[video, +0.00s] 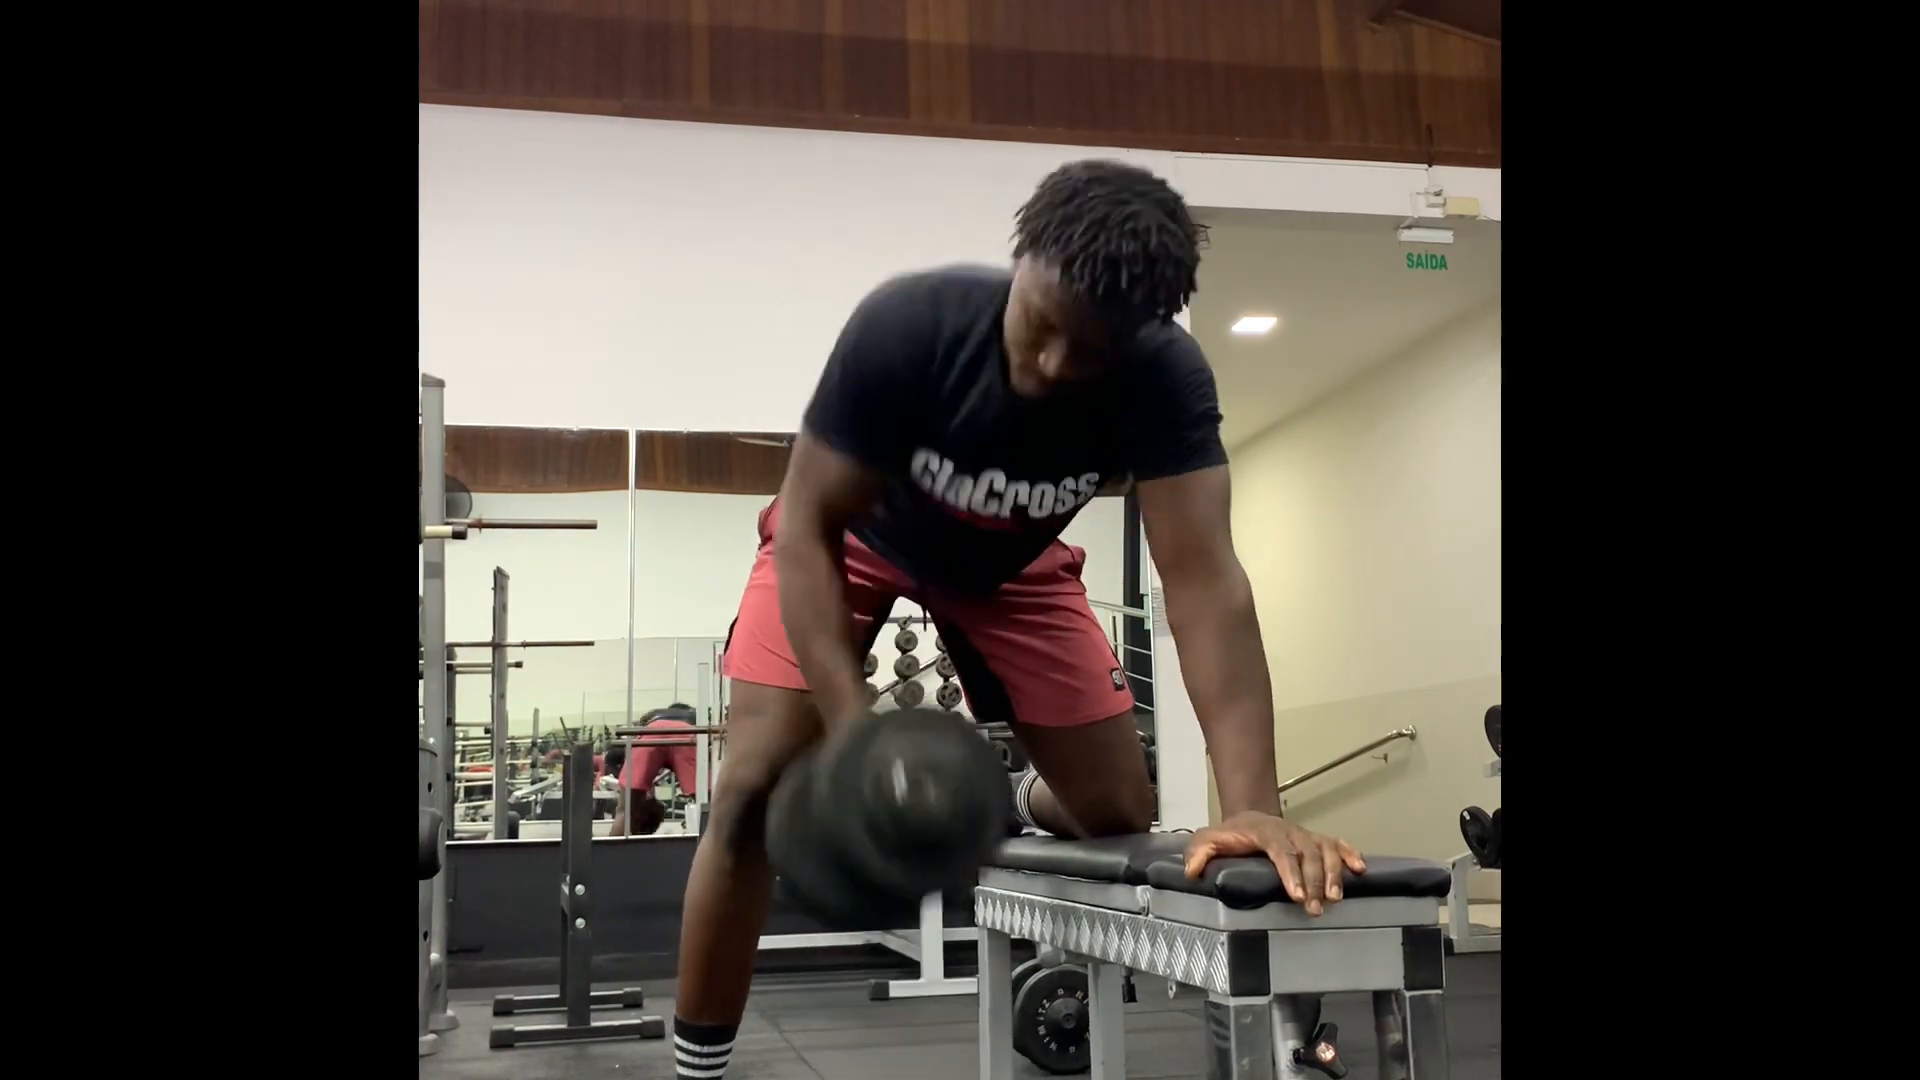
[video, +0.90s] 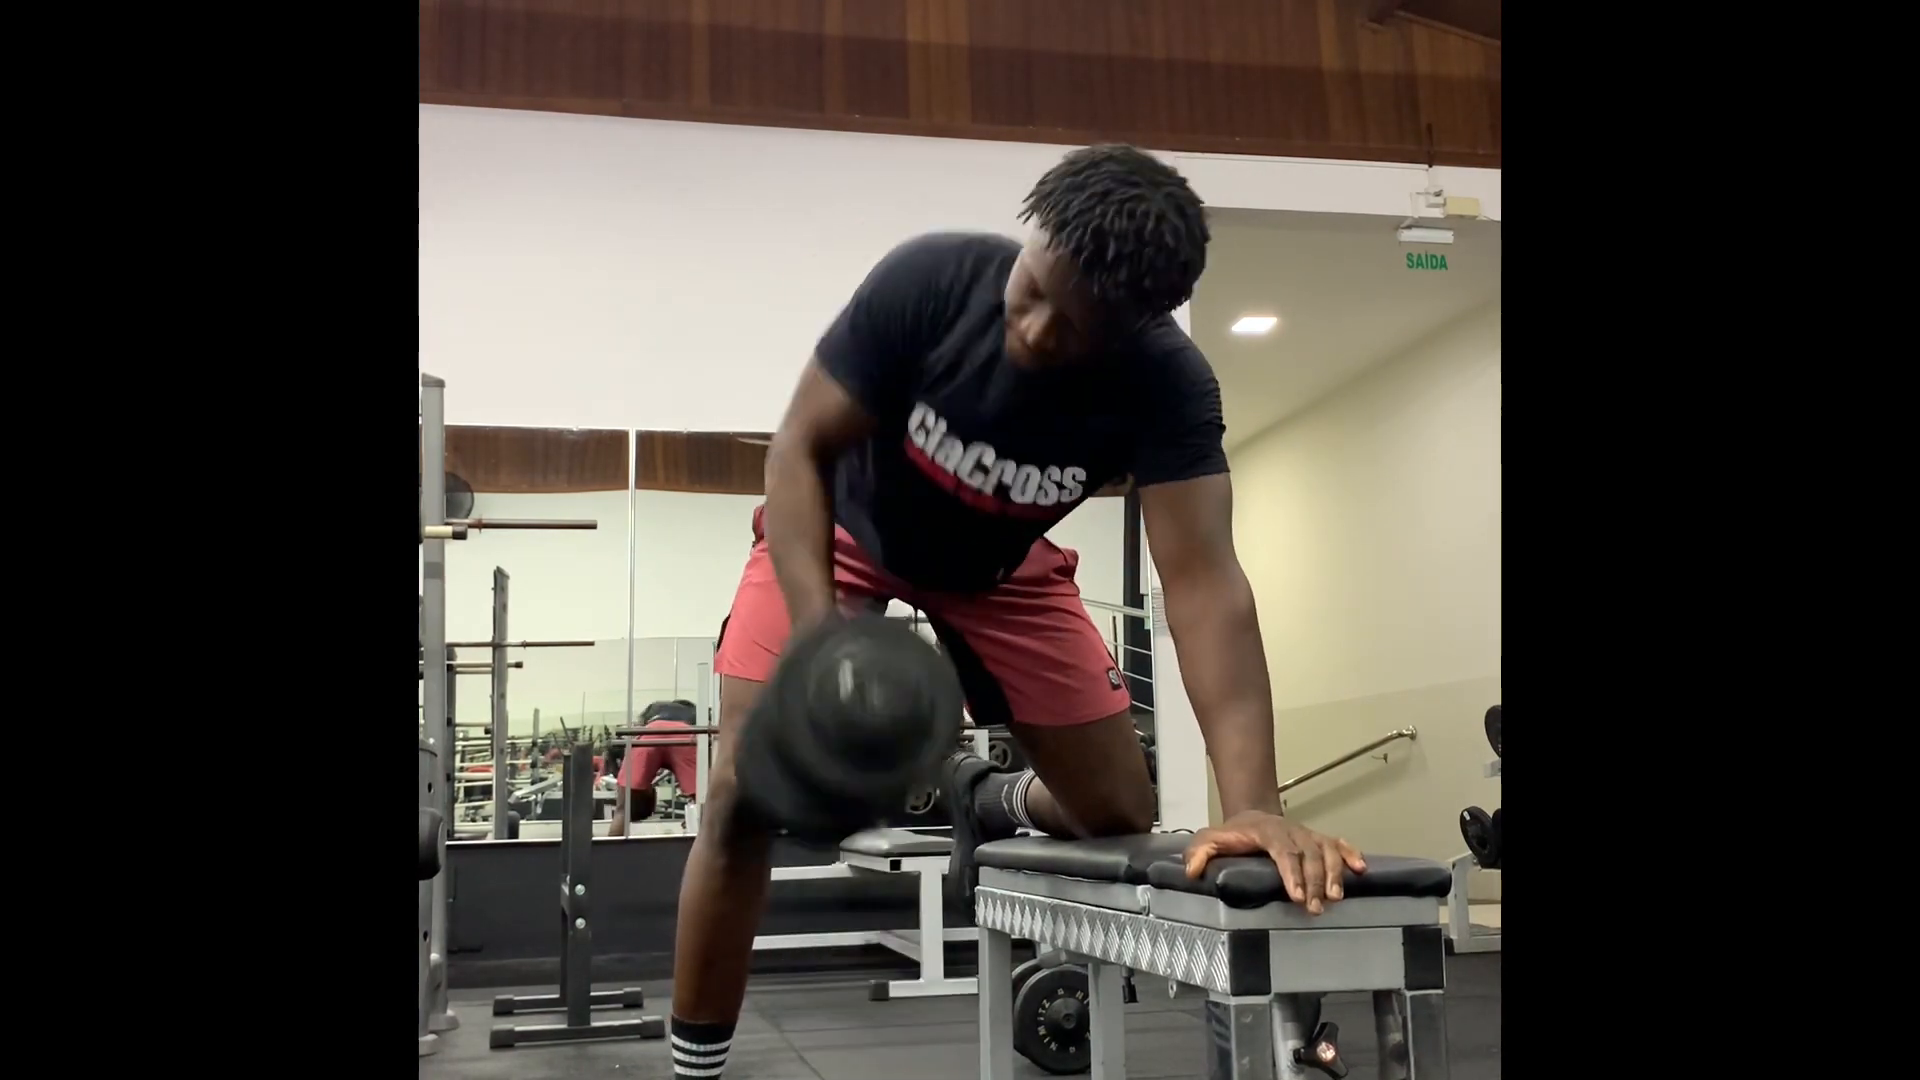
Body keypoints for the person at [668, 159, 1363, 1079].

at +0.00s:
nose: (1055, 363)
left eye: (1089, 346)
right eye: (1041, 327)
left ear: (1141, 328)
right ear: (1018, 267)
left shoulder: (1163, 376)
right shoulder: (904, 327)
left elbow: (1204, 577)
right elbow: (804, 522)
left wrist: (1251, 806)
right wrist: (854, 742)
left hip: (1017, 567)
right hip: (852, 537)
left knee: (1118, 812)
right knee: (748, 788)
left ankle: (1006, 806)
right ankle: (697, 1072)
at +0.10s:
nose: (1072, 324)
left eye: (1109, 316)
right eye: (1066, 287)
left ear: (1173, 307)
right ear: (1061, 228)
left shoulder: (1188, 382)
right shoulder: (959, 252)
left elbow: (1218, 587)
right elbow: (800, 323)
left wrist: (1254, 805)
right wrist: (814, 479)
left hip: (1013, 566)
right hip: (861, 519)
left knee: (1119, 814)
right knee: (751, 792)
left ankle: (988, 800)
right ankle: (694, 1071)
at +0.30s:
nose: (1069, 370)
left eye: (1103, 352)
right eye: (1055, 332)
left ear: (1155, 333)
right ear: (1035, 270)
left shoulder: (1168, 392)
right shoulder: (935, 294)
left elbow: (1205, 583)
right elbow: (780, 393)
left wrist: (1251, 805)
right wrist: (817, 558)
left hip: (1015, 569)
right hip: (850, 530)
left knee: (1119, 814)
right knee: (745, 796)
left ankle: (986, 802)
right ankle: (694, 1073)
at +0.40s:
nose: (1054, 416)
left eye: (1085, 396)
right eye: (1036, 381)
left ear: (1132, 362)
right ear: (1002, 319)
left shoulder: (1151, 392)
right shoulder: (895, 366)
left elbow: (1196, 582)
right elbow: (793, 552)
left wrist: (1252, 804)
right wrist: (833, 768)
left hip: (1019, 570)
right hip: (851, 544)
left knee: (1119, 814)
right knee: (748, 782)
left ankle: (988, 800)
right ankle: (695, 1069)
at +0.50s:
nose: (1050, 474)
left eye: (1073, 451)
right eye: (1022, 448)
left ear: (1110, 405)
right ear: (969, 387)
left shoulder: (1123, 398)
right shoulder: (870, 453)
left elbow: (1187, 582)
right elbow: (833, 695)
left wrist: (1253, 804)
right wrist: (865, 953)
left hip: (1018, 567)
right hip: (839, 558)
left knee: (1120, 814)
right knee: (743, 794)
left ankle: (988, 796)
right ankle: (695, 1071)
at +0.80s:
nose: (1025, 447)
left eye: (1052, 427)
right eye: (1003, 419)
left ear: (1098, 390)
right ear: (967, 358)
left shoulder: (1131, 390)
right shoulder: (873, 427)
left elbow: (1194, 583)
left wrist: (1253, 805)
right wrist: (865, 946)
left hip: (1017, 563)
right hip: (840, 552)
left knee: (1120, 810)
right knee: (741, 791)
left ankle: (989, 794)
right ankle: (694, 1074)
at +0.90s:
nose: (1035, 332)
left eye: (1075, 325)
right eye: (1032, 292)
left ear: (1141, 321)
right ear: (1027, 242)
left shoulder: (1166, 383)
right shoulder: (926, 282)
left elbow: (1204, 578)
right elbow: (798, 446)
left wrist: (1252, 804)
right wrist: (819, 641)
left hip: (1007, 572)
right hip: (842, 538)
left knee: (1120, 816)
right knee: (740, 794)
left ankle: (986, 800)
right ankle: (694, 1073)